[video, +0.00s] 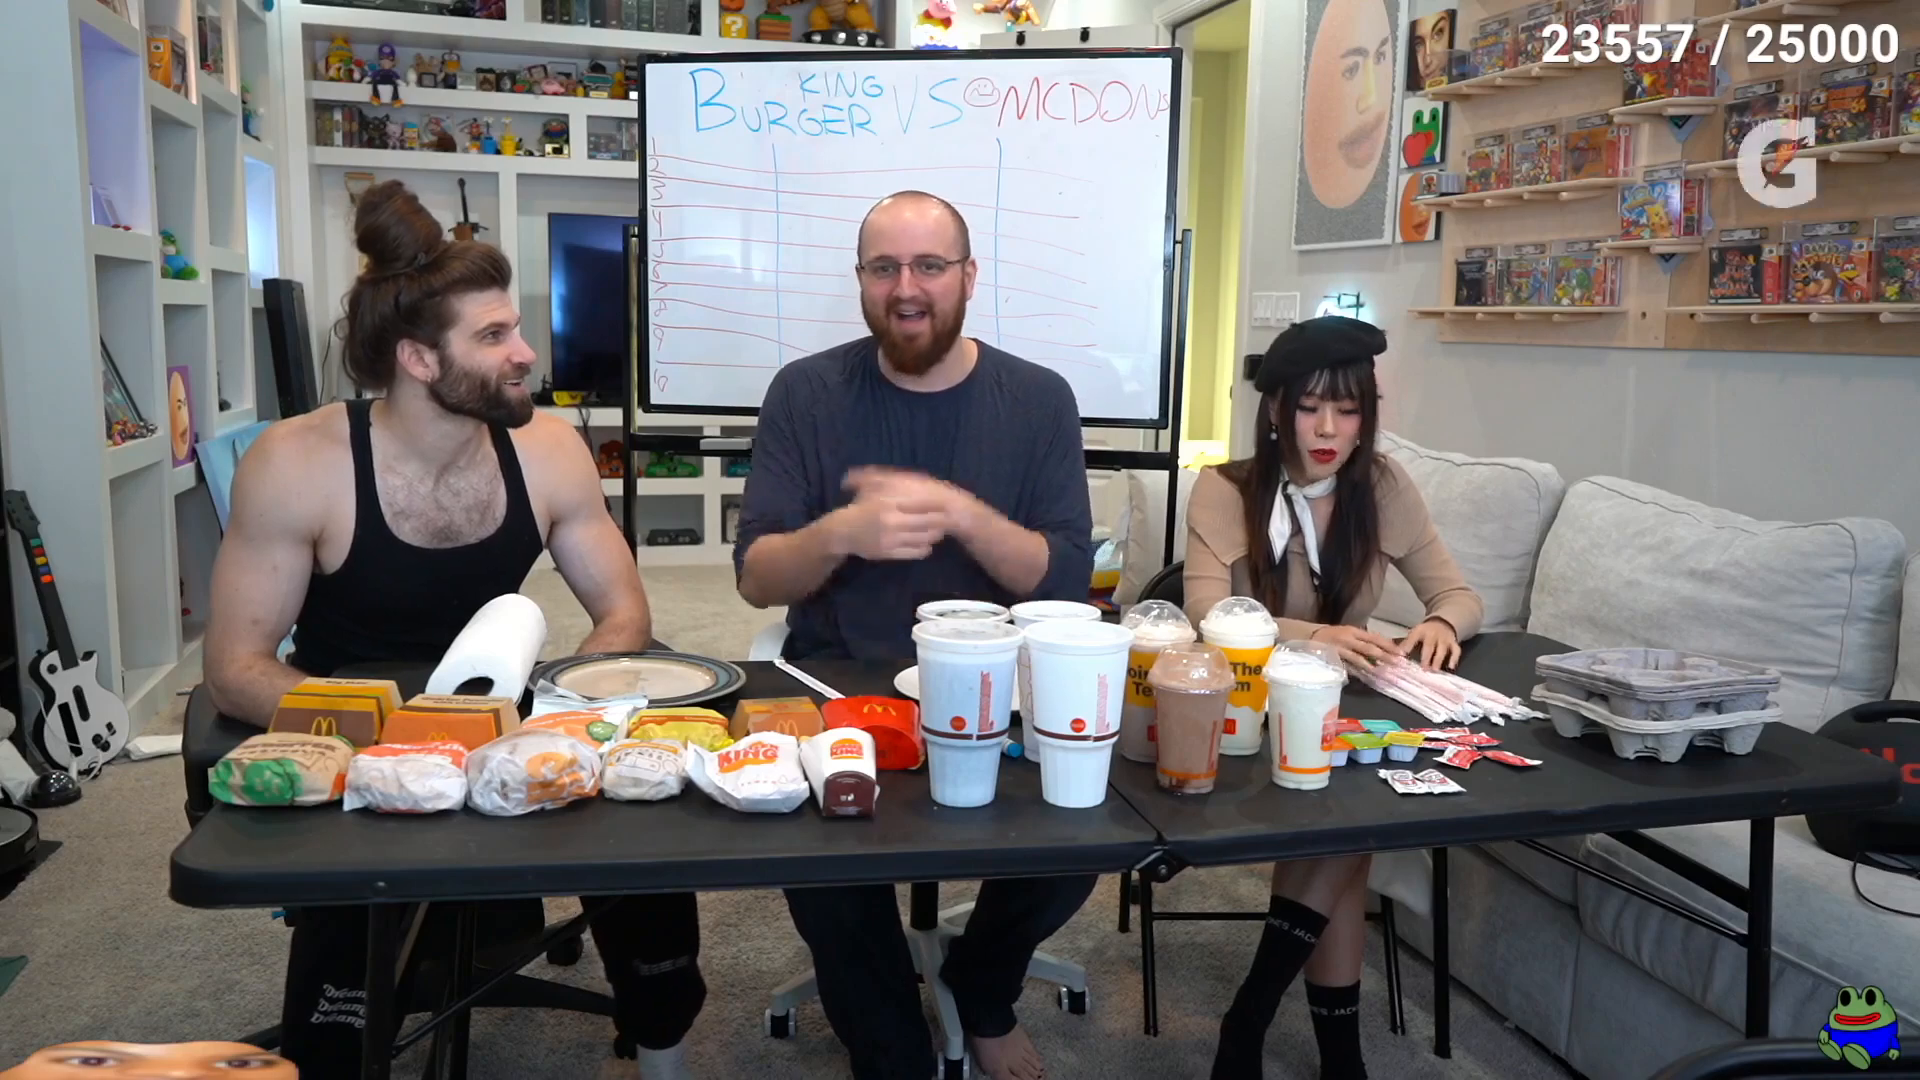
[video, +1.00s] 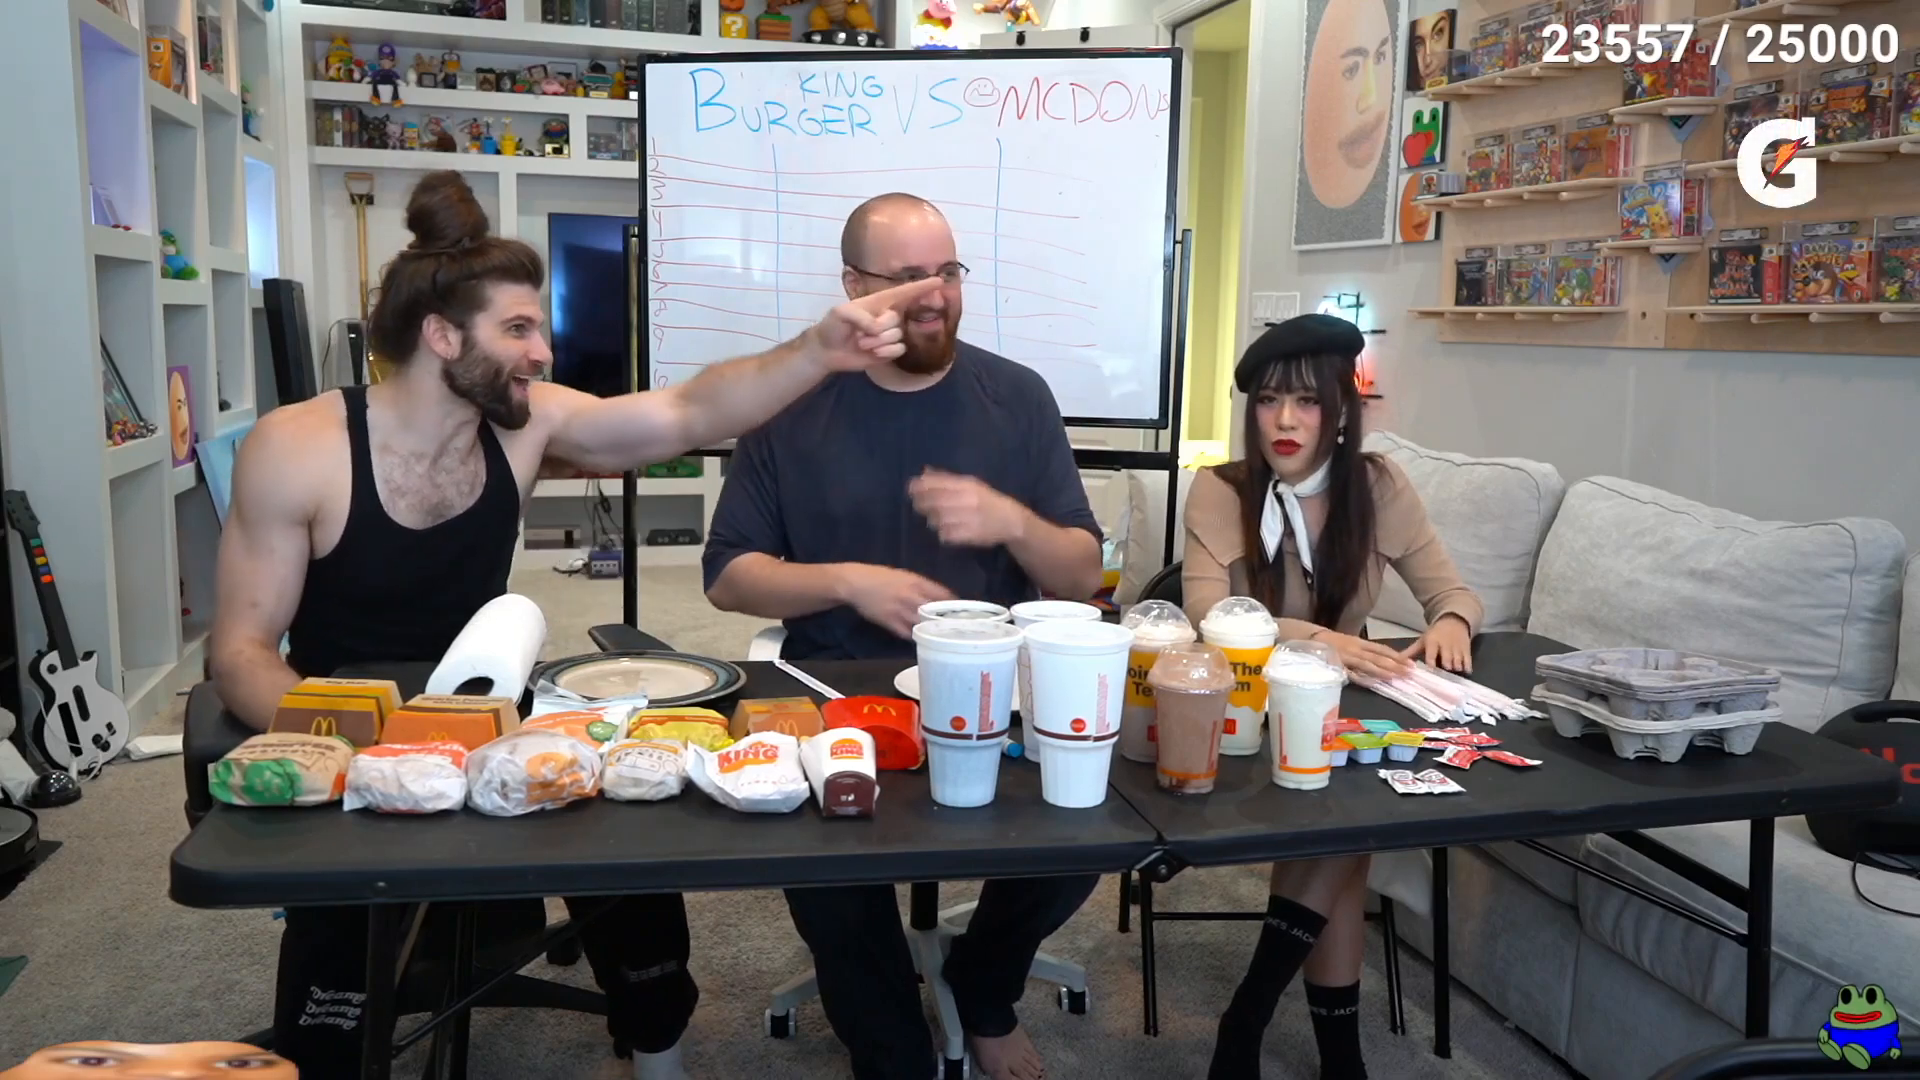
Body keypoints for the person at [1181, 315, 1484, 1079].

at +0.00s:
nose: (1328, 428)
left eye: (1347, 410)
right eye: (1310, 409)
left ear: (1367, 415)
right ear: (1277, 411)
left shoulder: (1384, 486)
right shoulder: (1224, 492)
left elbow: (1459, 594)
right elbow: (1210, 620)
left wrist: (1443, 620)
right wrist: (1314, 635)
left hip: (1340, 707)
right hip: (1243, 711)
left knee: (1343, 816)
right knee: (1350, 830)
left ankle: (1246, 1023)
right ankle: (1343, 1063)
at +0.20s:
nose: (1310, 423)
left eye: (1330, 406)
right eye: (1293, 402)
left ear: (1359, 416)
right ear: (1267, 410)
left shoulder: (1383, 486)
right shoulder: (1223, 492)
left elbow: (1458, 594)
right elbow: (1211, 620)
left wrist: (1443, 620)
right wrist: (1321, 639)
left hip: (1336, 704)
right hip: (1238, 709)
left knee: (1345, 816)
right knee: (1350, 830)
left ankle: (1245, 1024)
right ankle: (1343, 1064)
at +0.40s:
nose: (1296, 420)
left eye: (1318, 402)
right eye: (1281, 400)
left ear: (1349, 413)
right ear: (1258, 407)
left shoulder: (1380, 484)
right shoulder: (1220, 492)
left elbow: (1455, 594)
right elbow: (1210, 619)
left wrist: (1447, 625)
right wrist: (1316, 637)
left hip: (1336, 706)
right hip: (1238, 711)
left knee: (1344, 816)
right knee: (1349, 830)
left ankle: (1244, 1023)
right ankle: (1343, 1064)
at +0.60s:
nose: (1286, 419)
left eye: (1308, 401)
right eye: (1271, 399)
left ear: (1343, 412)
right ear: (1252, 407)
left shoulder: (1376, 482)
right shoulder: (1219, 491)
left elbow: (1454, 593)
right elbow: (1211, 622)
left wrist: (1449, 624)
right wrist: (1319, 636)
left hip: (1339, 705)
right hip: (1242, 710)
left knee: (1343, 817)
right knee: (1349, 831)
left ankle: (1244, 1023)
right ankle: (1343, 1063)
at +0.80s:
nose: (1283, 419)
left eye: (1305, 401)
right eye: (1268, 400)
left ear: (1341, 410)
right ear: (1250, 408)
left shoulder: (1375, 481)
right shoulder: (1220, 491)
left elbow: (1456, 594)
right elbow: (1211, 622)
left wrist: (1446, 621)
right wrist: (1323, 638)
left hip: (1337, 705)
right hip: (1240, 709)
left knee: (1343, 818)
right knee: (1349, 831)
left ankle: (1242, 1024)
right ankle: (1342, 1064)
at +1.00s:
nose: (1286, 419)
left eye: (1308, 401)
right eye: (1271, 400)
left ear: (1342, 411)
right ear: (1251, 407)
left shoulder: (1375, 481)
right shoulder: (1220, 491)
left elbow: (1451, 594)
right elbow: (1210, 623)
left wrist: (1452, 621)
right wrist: (1312, 635)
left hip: (1339, 705)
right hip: (1241, 710)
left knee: (1341, 821)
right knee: (1350, 833)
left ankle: (1243, 1025)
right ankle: (1342, 1064)